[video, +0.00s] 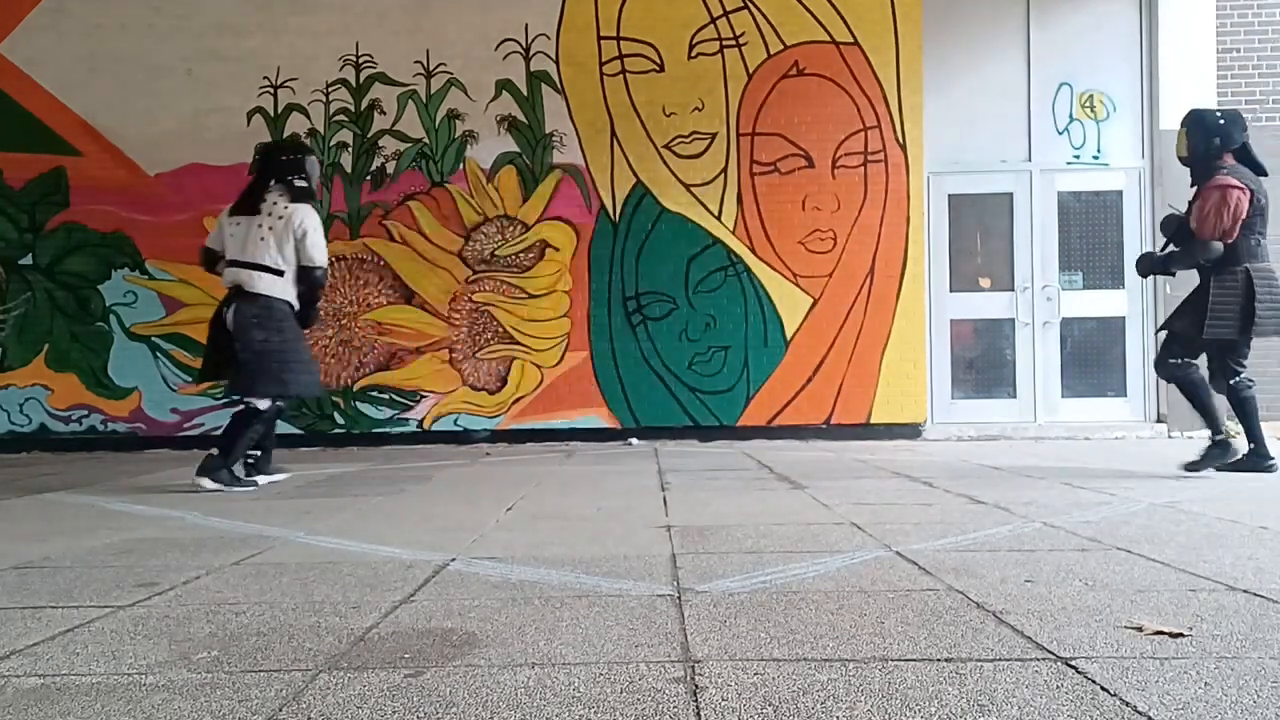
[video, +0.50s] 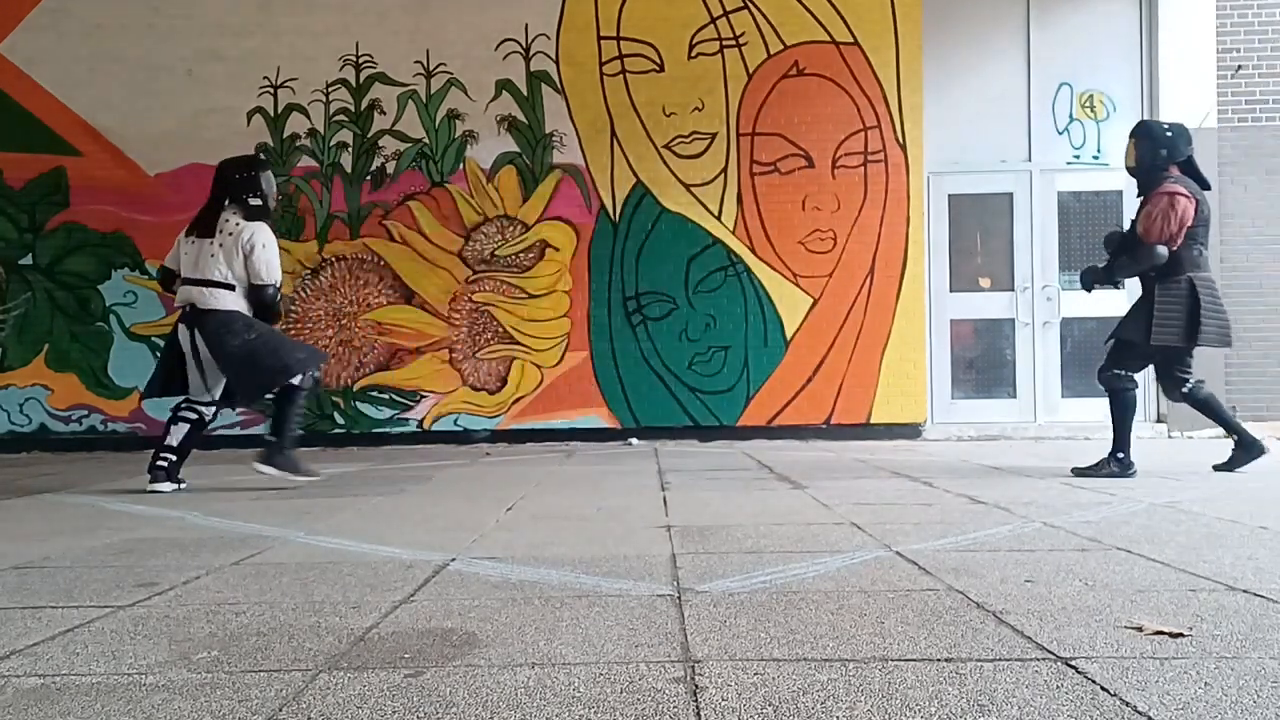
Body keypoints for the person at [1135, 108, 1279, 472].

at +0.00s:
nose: (1183, 147)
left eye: (1190, 140)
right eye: (1183, 139)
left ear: (1212, 143)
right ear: (1225, 145)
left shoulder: (1222, 185)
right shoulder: (1242, 179)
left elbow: (1208, 249)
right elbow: (1227, 239)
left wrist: (1161, 262)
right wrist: (1183, 229)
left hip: (1225, 287)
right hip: (1247, 285)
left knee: (1172, 359)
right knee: (1230, 370)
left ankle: (1220, 439)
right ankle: (1260, 452)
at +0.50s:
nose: (1130, 156)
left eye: (1136, 149)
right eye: (1131, 148)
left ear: (1158, 154)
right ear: (1166, 155)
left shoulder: (1169, 195)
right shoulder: (1176, 189)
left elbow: (1152, 254)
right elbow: (1162, 244)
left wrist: (1105, 272)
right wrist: (1126, 242)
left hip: (1168, 297)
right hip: (1180, 296)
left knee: (1116, 373)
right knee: (1177, 383)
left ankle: (1120, 459)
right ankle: (1246, 442)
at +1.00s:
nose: (1104, 166)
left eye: (1110, 158)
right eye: (1104, 158)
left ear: (1135, 161)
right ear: (1139, 162)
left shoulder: (1151, 203)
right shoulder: (1140, 198)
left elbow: (1135, 264)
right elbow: (1131, 250)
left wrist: (1085, 280)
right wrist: (1101, 252)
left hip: (1158, 299)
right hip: (1160, 298)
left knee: (1106, 365)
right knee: (1170, 386)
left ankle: (1116, 455)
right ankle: (1222, 452)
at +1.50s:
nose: (1033, 177)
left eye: (1040, 168)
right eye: (1031, 169)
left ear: (1065, 169)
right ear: (1033, 172)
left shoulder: (1107, 206)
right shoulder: (1032, 223)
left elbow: (1134, 253)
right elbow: (1031, 277)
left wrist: (1098, 289)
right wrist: (1039, 312)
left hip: (1095, 308)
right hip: (1051, 309)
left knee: (1083, 386)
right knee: (996, 369)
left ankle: (1100, 457)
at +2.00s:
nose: (1026, 173)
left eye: (1034, 165)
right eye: (1026, 165)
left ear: (1060, 169)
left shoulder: (1095, 209)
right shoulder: (1031, 226)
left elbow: (1098, 270)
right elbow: (1031, 281)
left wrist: (1041, 300)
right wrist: (1006, 281)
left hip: (1094, 315)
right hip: (1049, 317)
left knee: (1125, 397)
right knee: (992, 371)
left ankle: (1180, 462)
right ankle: (970, 456)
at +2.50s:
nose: (975, 169)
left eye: (982, 160)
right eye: (974, 160)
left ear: (1007, 162)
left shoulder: (1041, 201)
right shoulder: (979, 217)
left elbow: (1044, 262)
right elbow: (970, 267)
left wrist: (991, 290)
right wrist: (945, 278)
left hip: (1046, 301)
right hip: (1004, 306)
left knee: (1075, 391)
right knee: (960, 372)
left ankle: (1129, 450)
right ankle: (972, 458)